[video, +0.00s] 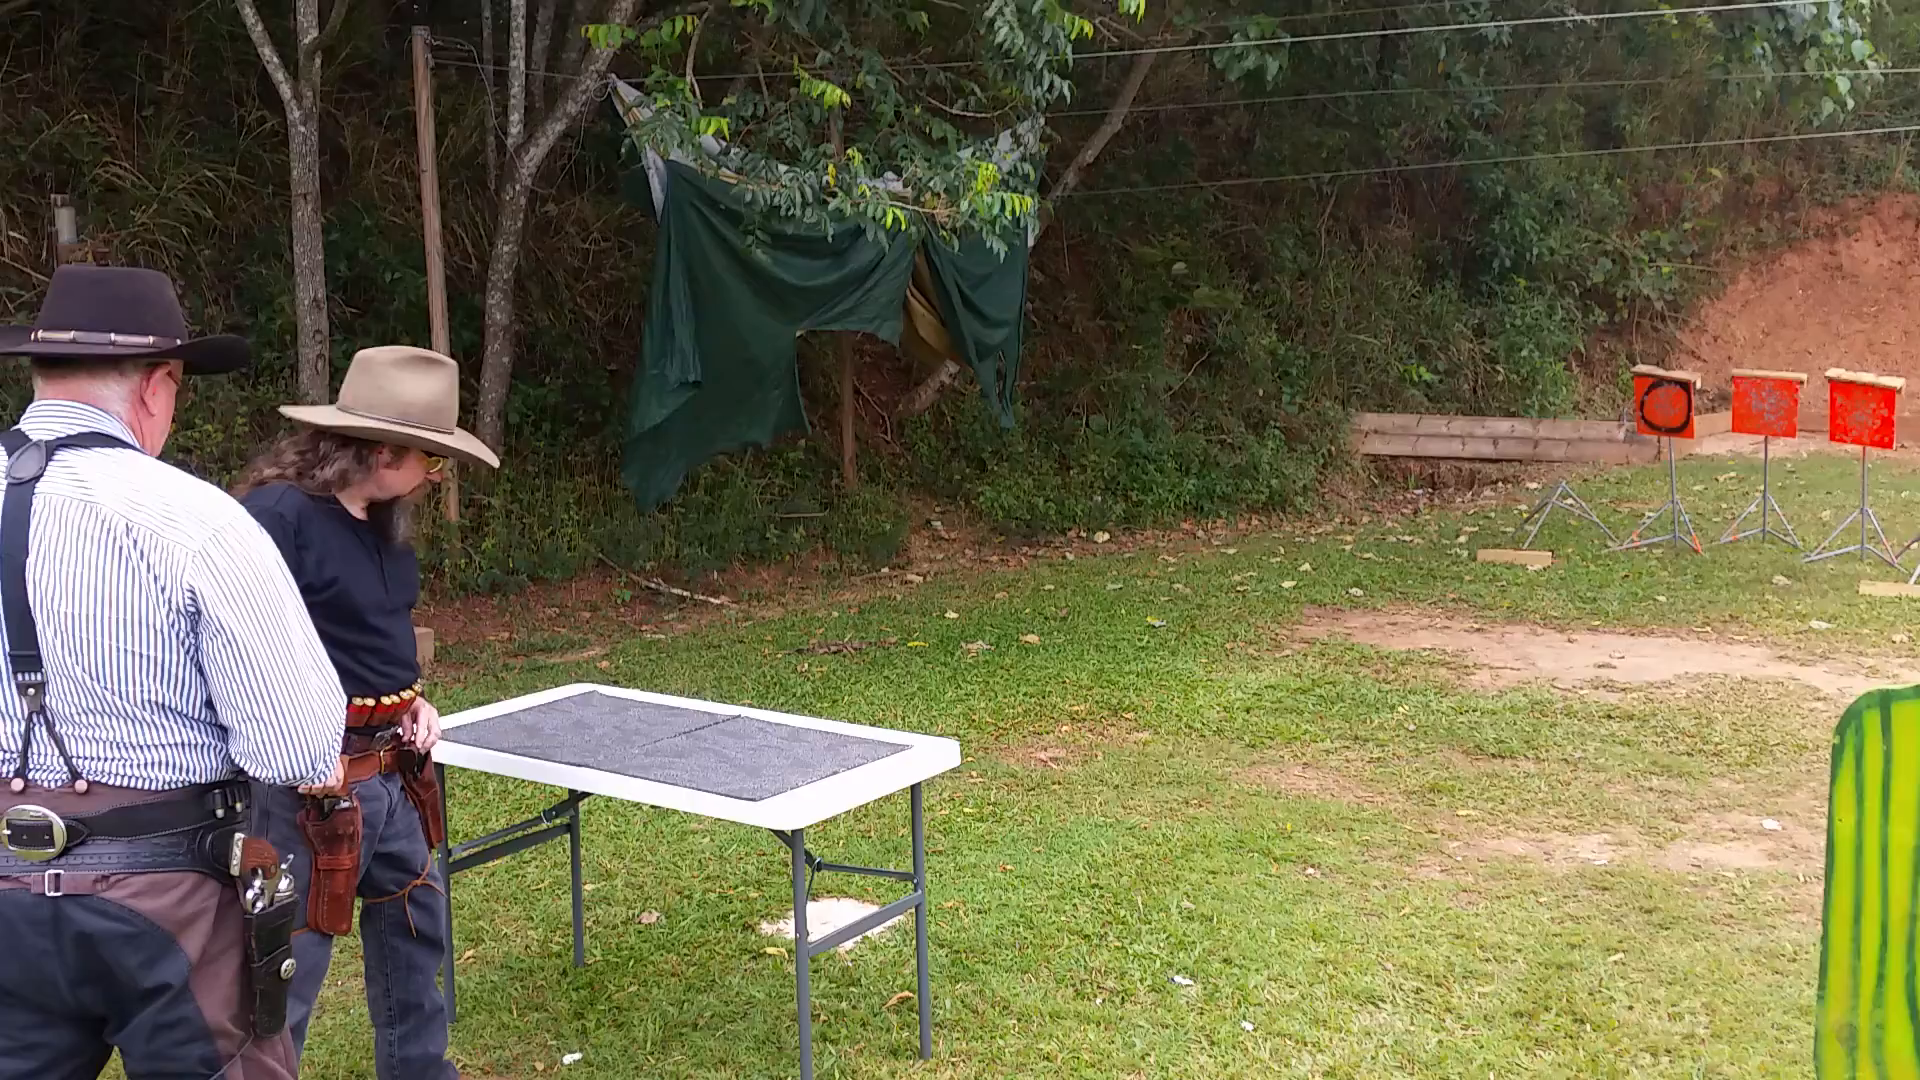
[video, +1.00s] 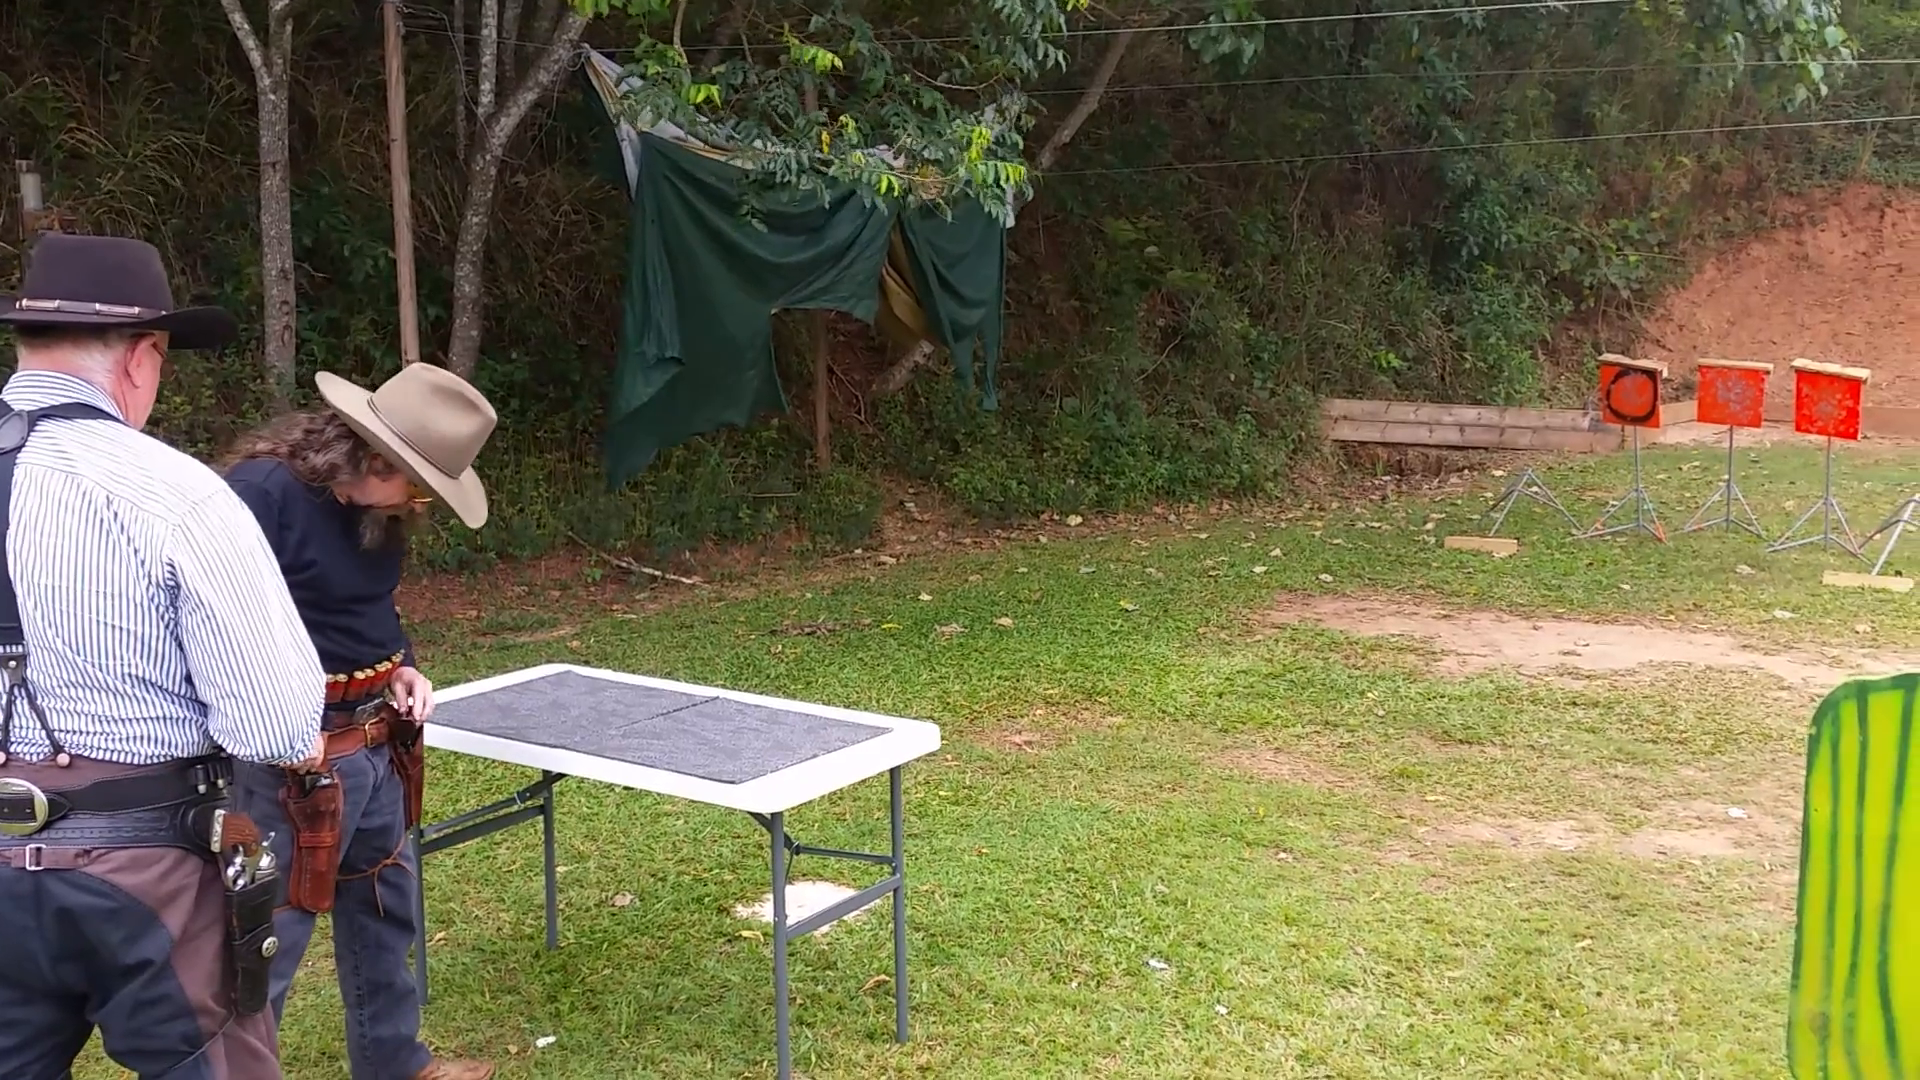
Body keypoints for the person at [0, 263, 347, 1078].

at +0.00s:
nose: (174, 410)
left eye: (179, 390)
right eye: (177, 389)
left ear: (43, 380)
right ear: (153, 389)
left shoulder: (4, 486)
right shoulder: (192, 515)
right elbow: (297, 744)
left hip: (10, 871)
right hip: (165, 878)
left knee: (29, 1063)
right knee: (222, 1063)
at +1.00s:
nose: (155, 386)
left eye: (160, 364)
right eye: (160, 363)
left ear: (27, 348)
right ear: (135, 363)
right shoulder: (170, 489)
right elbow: (276, 722)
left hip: (4, 839)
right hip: (138, 848)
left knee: (20, 1061)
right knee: (216, 1060)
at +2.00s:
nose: (136, 338)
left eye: (140, 315)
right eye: (139, 316)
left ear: (5, 302)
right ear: (113, 316)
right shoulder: (146, 439)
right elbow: (268, 677)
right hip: (115, 802)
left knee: (7, 1046)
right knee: (192, 1053)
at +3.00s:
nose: (101, 310)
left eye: (101, 288)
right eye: (102, 286)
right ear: (84, 290)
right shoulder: (135, 424)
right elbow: (306, 565)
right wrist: (288, 492)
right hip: (94, 778)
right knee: (164, 1048)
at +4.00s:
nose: (52, 277)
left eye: (50, 255)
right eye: (51, 254)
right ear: (37, 263)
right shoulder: (108, 400)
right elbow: (248, 597)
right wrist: (237, 508)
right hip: (62, 747)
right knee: (140, 1016)